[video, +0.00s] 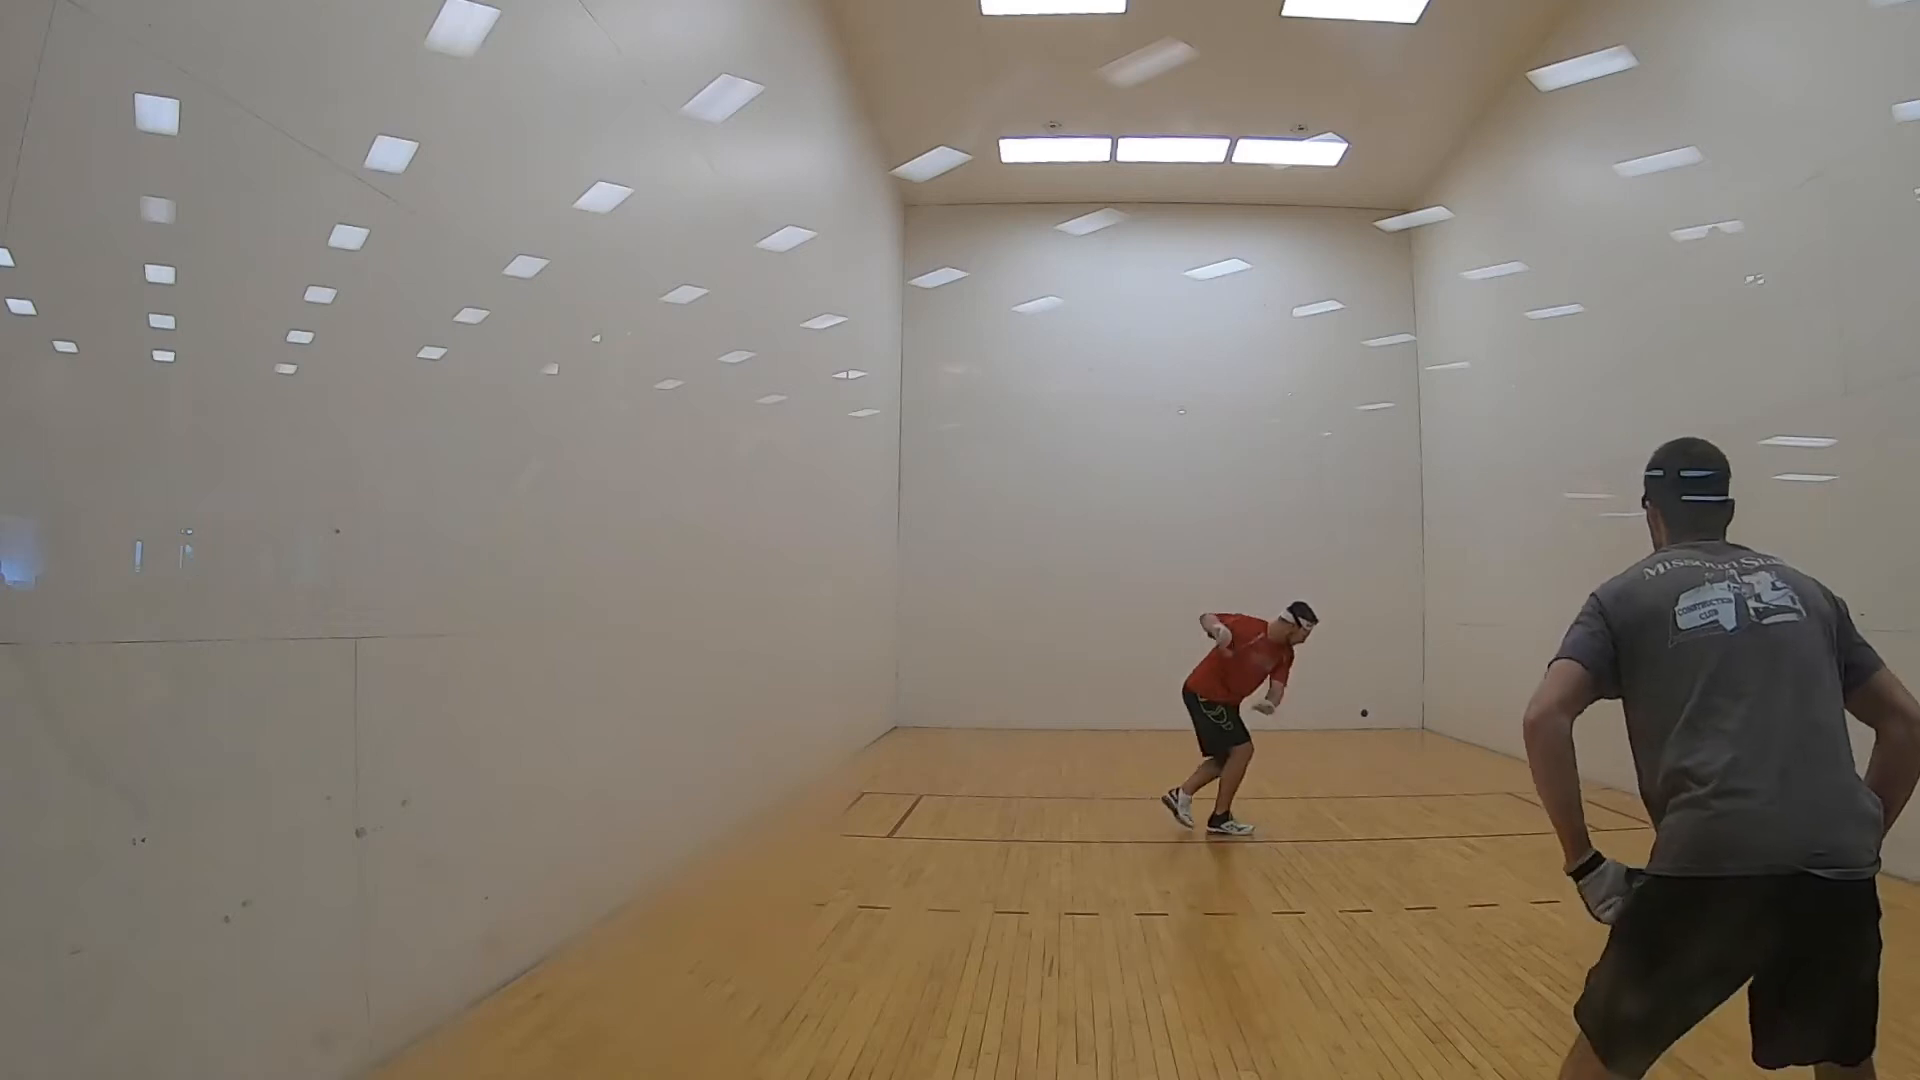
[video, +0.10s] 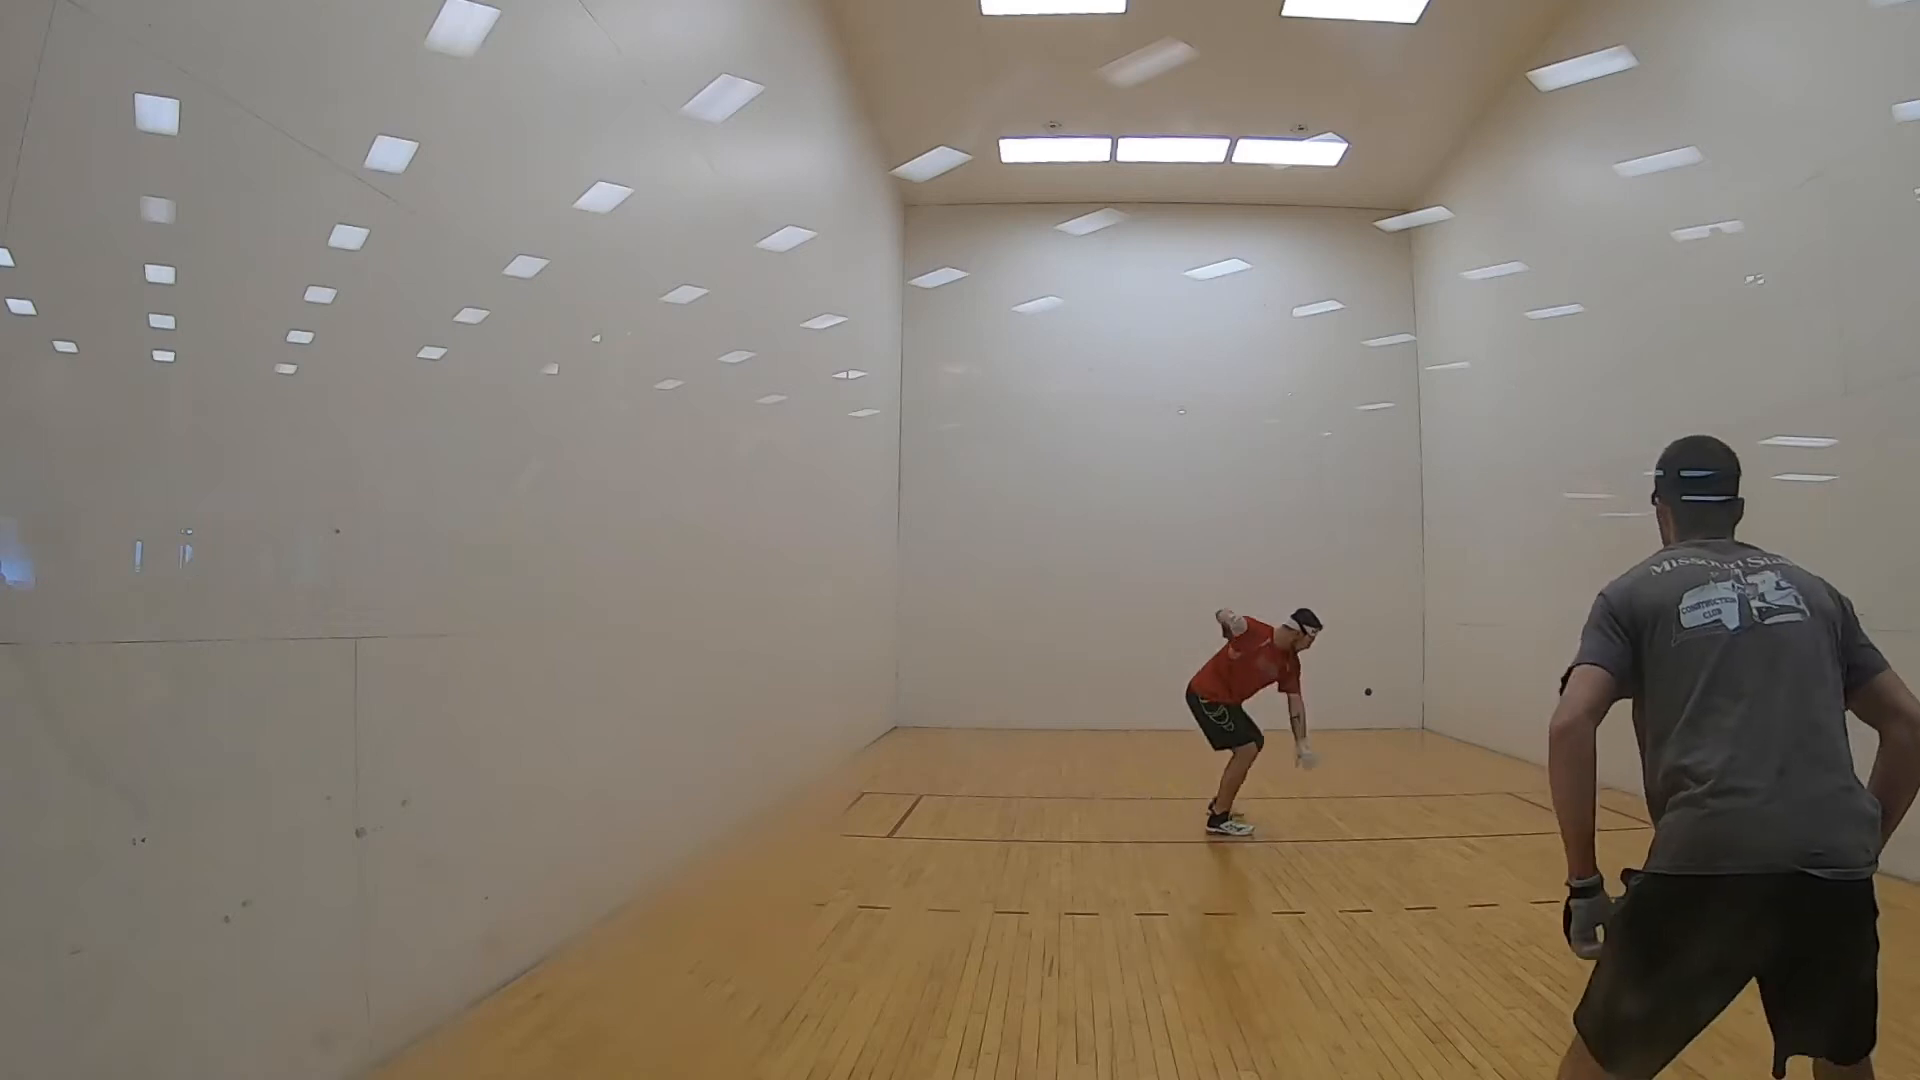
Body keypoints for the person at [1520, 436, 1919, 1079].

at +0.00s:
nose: (1649, 522)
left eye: (1647, 511)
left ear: (1655, 516)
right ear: (1730, 512)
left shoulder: (1624, 596)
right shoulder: (1808, 589)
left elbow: (1546, 717)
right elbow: (1904, 723)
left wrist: (1584, 863)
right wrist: (1856, 841)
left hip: (1709, 866)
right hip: (1839, 866)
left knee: (1600, 1056)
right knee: (1848, 1061)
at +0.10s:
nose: (1658, 514)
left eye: (1656, 504)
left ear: (1663, 509)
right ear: (1738, 509)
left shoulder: (1632, 594)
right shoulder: (1816, 590)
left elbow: (1571, 722)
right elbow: (1906, 723)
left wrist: (1584, 881)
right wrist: (1860, 843)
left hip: (1703, 867)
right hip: (1834, 869)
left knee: (1595, 1060)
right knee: (1846, 1062)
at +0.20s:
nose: (1670, 510)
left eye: (1668, 500)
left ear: (1672, 505)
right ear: (1750, 508)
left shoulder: (1640, 592)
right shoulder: (1824, 591)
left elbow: (1584, 724)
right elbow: (1909, 723)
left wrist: (1579, 883)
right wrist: (1864, 848)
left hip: (1700, 869)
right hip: (1831, 872)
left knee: (1595, 1059)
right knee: (1843, 1065)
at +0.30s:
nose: (1685, 511)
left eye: (1683, 501)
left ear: (1683, 506)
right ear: (1760, 508)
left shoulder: (1647, 589)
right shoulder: (1830, 592)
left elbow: (1587, 719)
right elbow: (1911, 725)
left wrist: (1577, 878)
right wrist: (1872, 855)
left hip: (1699, 870)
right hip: (1831, 875)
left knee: (1595, 1059)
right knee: (1842, 1065)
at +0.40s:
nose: (1693, 509)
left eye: (1691, 500)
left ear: (1691, 505)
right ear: (1767, 506)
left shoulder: (1651, 583)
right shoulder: (1835, 593)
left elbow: (1589, 712)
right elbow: (1911, 727)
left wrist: (1579, 868)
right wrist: (1874, 863)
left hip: (1698, 864)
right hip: (1830, 872)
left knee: (1595, 1057)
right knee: (1842, 1064)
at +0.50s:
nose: (1700, 504)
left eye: (1698, 495)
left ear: (1699, 500)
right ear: (1773, 502)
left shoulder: (1653, 579)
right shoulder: (1837, 590)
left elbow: (1589, 710)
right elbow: (1911, 731)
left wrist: (1582, 860)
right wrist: (1873, 870)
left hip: (1693, 863)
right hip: (1826, 871)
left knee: (1596, 1056)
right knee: (1839, 1064)